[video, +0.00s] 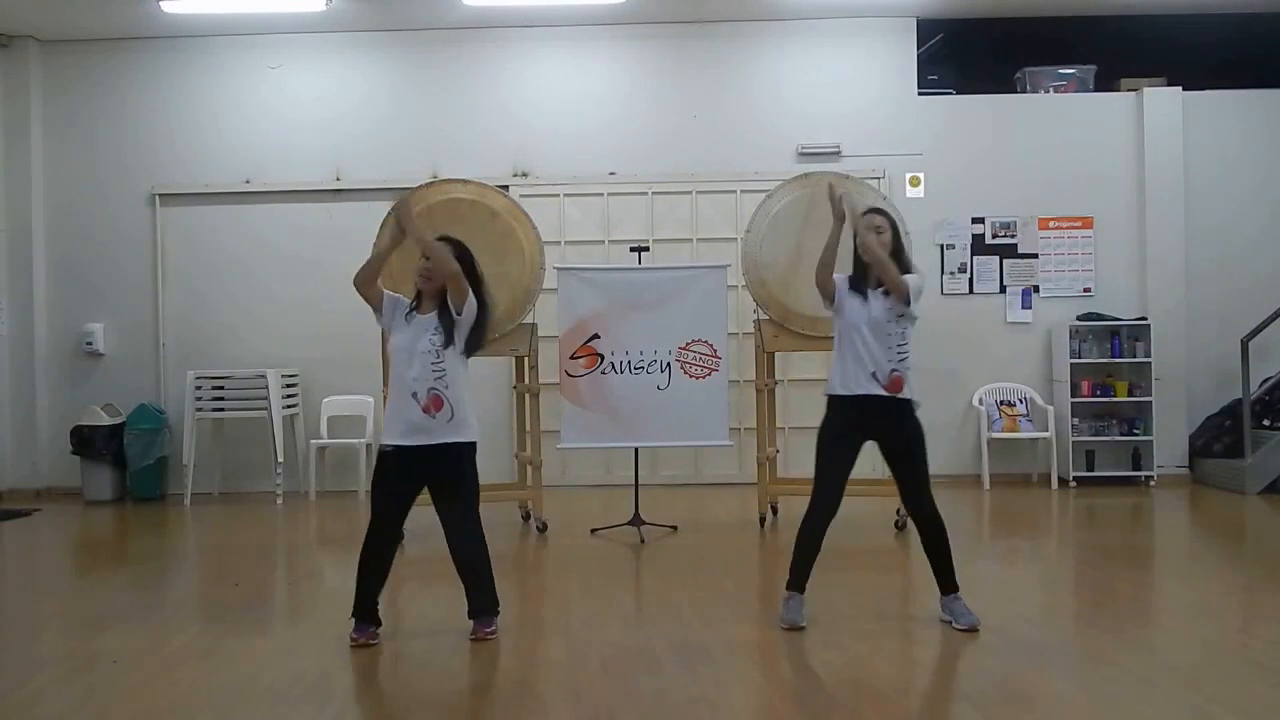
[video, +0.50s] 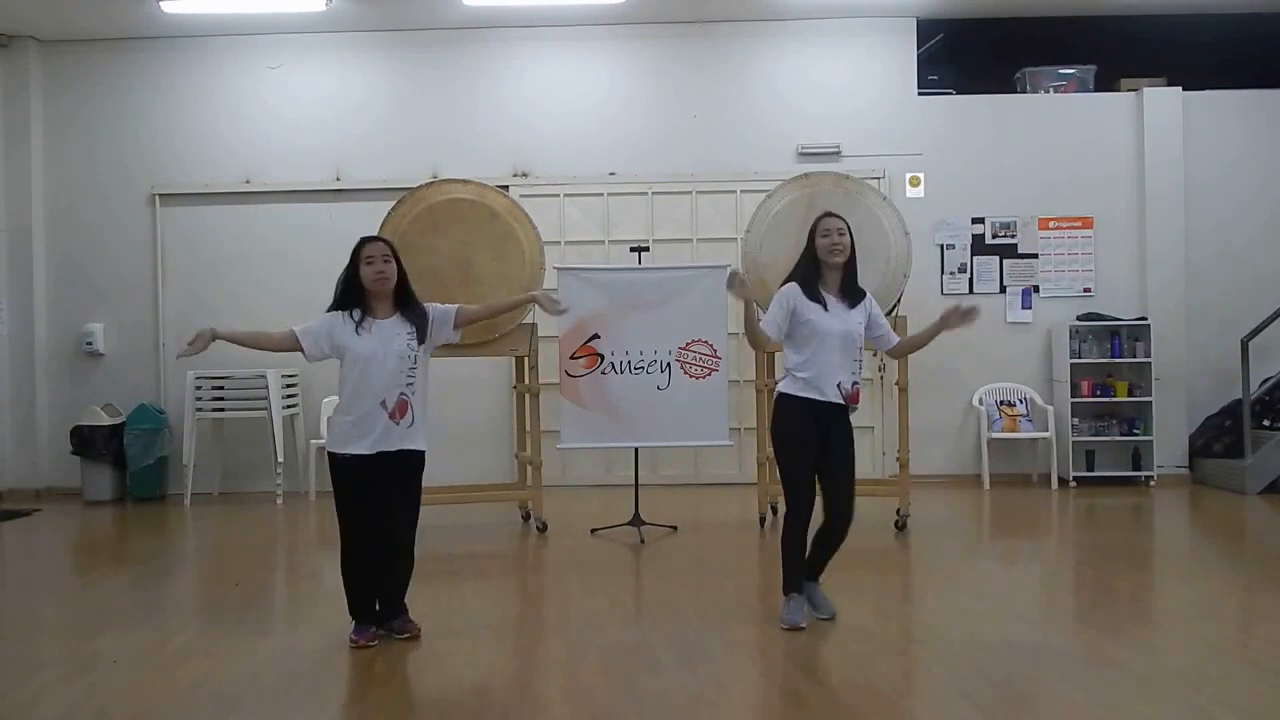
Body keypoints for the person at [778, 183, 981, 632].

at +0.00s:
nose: (872, 237)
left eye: (881, 230)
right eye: (865, 231)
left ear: (895, 241)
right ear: (857, 242)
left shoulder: (908, 284)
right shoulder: (843, 289)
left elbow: (897, 286)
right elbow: (822, 278)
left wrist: (871, 247)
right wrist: (838, 225)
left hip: (896, 411)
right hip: (845, 409)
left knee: (922, 506)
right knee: (823, 505)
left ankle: (951, 598)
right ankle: (794, 595)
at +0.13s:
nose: (855, 238)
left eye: (862, 232)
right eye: (848, 232)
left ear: (874, 243)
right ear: (835, 243)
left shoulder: (883, 293)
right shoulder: (818, 290)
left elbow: (896, 323)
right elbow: (796, 309)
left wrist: (859, 274)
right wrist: (823, 256)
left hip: (862, 412)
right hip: (814, 410)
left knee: (895, 506)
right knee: (806, 507)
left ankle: (930, 594)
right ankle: (794, 597)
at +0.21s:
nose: (845, 235)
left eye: (852, 229)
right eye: (836, 229)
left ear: (863, 241)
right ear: (823, 239)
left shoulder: (872, 298)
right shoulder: (803, 289)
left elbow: (906, 345)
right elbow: (768, 335)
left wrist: (890, 305)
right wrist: (786, 295)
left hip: (849, 409)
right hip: (801, 407)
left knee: (868, 504)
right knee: (800, 505)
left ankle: (879, 587)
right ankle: (793, 596)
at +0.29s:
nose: (840, 235)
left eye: (847, 229)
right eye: (831, 229)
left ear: (858, 239)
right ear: (818, 239)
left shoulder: (871, 295)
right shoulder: (795, 288)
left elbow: (901, 353)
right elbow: (762, 340)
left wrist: (915, 333)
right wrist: (760, 315)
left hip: (846, 409)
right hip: (798, 406)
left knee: (849, 506)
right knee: (799, 504)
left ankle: (839, 582)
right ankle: (793, 596)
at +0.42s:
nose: (835, 239)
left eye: (841, 233)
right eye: (826, 234)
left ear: (851, 243)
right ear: (812, 244)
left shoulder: (865, 301)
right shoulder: (792, 295)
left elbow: (891, 353)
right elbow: (758, 345)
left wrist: (935, 341)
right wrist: (741, 318)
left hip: (840, 415)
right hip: (795, 410)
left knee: (828, 512)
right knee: (797, 505)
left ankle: (803, 584)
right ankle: (791, 594)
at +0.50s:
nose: (836, 239)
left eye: (841, 233)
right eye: (827, 234)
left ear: (852, 243)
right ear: (812, 245)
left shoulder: (862, 300)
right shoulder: (792, 293)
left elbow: (896, 349)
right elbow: (761, 342)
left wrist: (941, 324)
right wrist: (748, 302)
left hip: (838, 415)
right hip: (795, 410)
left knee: (840, 516)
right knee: (800, 506)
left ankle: (808, 581)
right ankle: (792, 596)